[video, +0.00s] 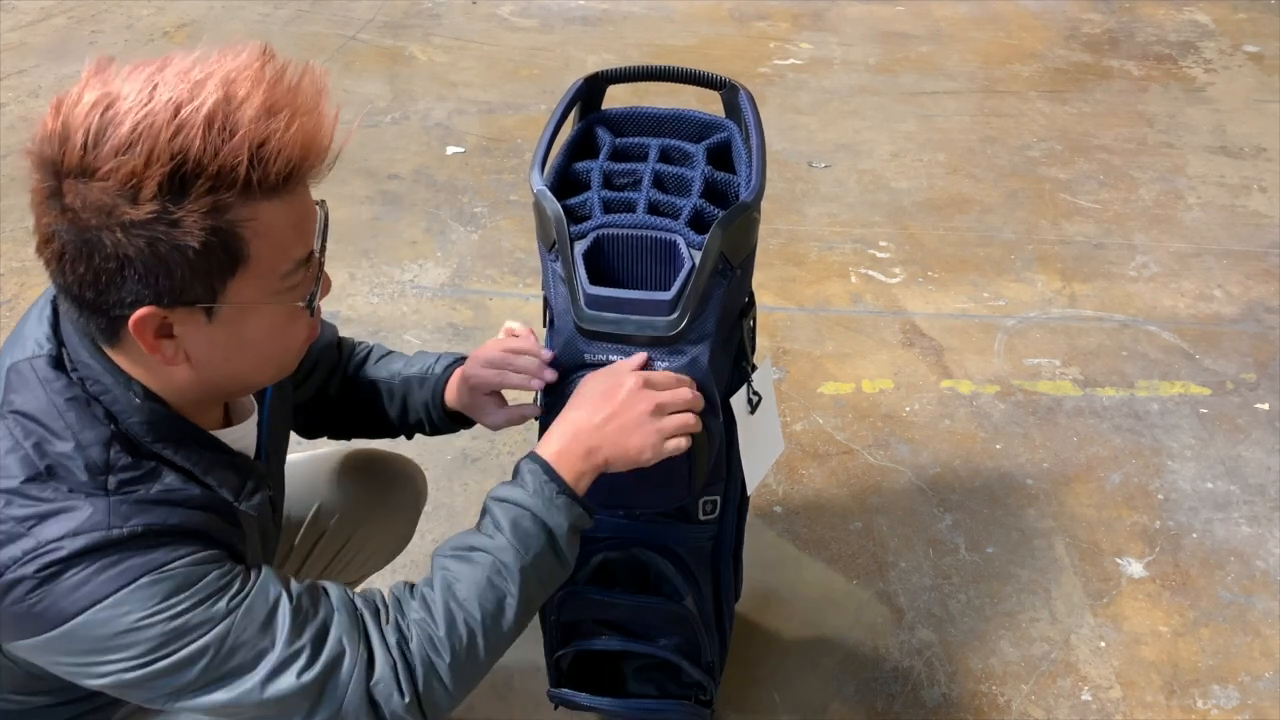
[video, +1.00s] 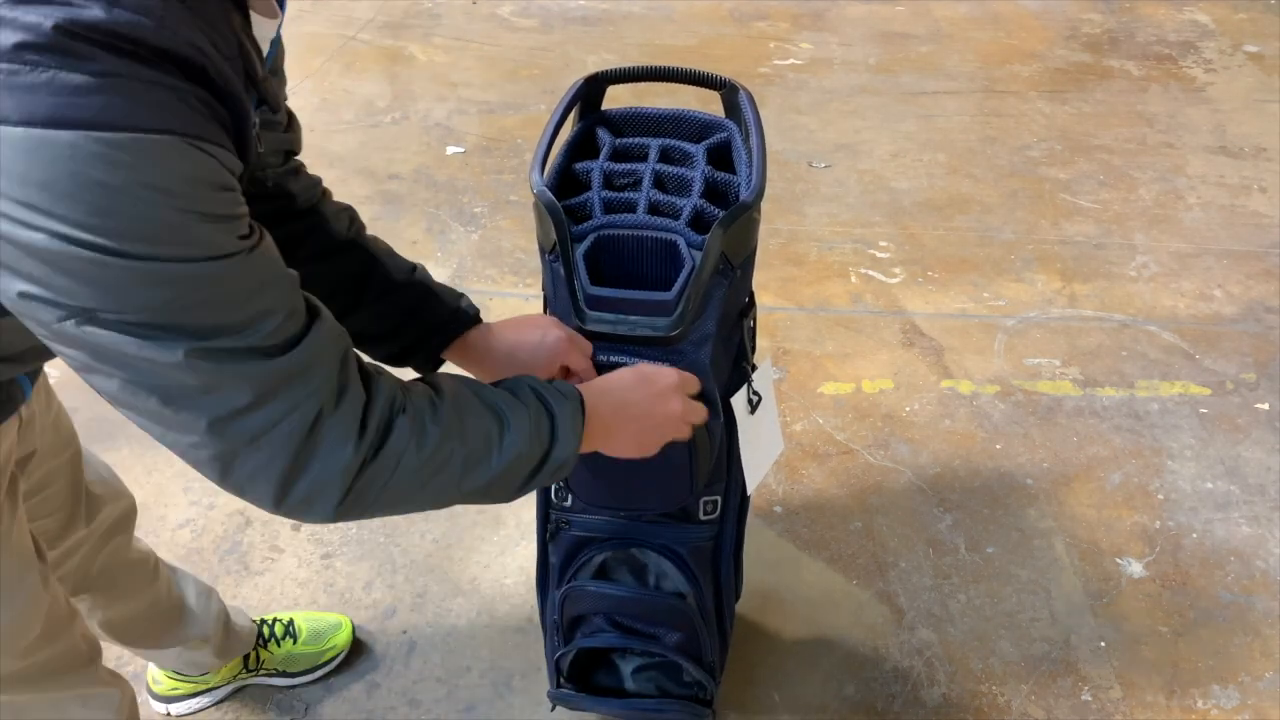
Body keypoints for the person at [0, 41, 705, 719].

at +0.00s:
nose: (323, 290)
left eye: (316, 255)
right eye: (300, 278)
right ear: (163, 336)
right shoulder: (88, 572)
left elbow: (326, 380)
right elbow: (389, 676)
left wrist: (454, 386)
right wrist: (567, 459)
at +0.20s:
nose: (342, 292)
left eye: (338, 260)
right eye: (321, 280)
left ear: (190, 323)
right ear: (189, 328)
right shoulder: (96, 554)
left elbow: (333, 379)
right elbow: (386, 677)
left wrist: (463, 386)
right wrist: (534, 455)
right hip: (85, 700)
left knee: (375, 486)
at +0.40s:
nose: (393, 130)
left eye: (402, 103)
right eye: (390, 106)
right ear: (236, 98)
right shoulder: (70, 344)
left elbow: (266, 283)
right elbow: (225, 618)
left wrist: (436, 354)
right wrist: (452, 471)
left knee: (292, 450)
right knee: (217, 703)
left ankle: (271, 619)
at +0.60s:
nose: (390, 8)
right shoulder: (62, 139)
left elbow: (263, 170)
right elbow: (202, 471)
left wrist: (422, 310)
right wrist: (444, 514)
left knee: (116, 482)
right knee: (43, 682)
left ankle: (212, 650)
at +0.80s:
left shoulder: (226, 10)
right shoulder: (52, 109)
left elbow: (264, 143)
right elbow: (200, 418)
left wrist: (425, 310)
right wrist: (487, 455)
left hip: (17, 327)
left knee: (93, 487)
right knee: (39, 656)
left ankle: (206, 650)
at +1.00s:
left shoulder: (192, 23)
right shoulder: (72, 119)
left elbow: (272, 202)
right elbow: (315, 450)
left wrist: (465, 337)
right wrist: (584, 420)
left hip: (15, 373)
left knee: (82, 533)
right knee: (42, 668)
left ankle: (198, 653)